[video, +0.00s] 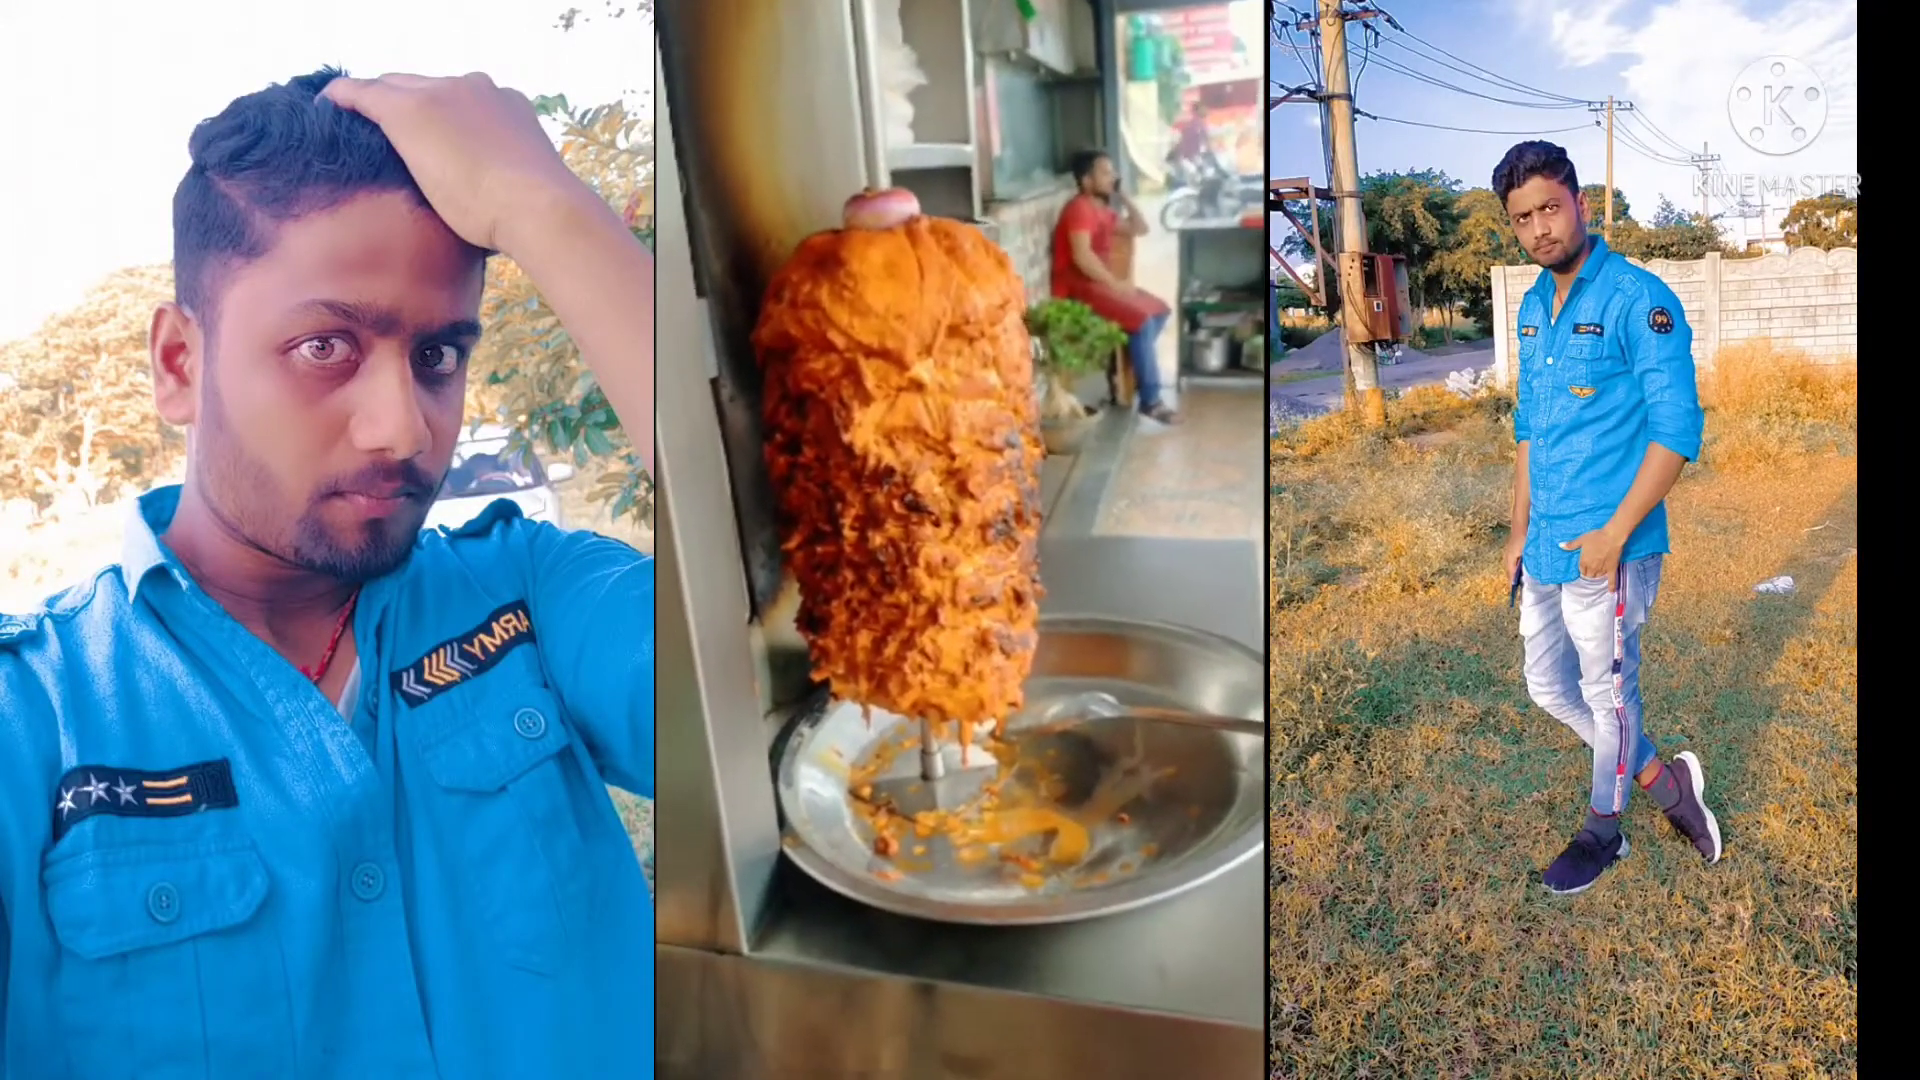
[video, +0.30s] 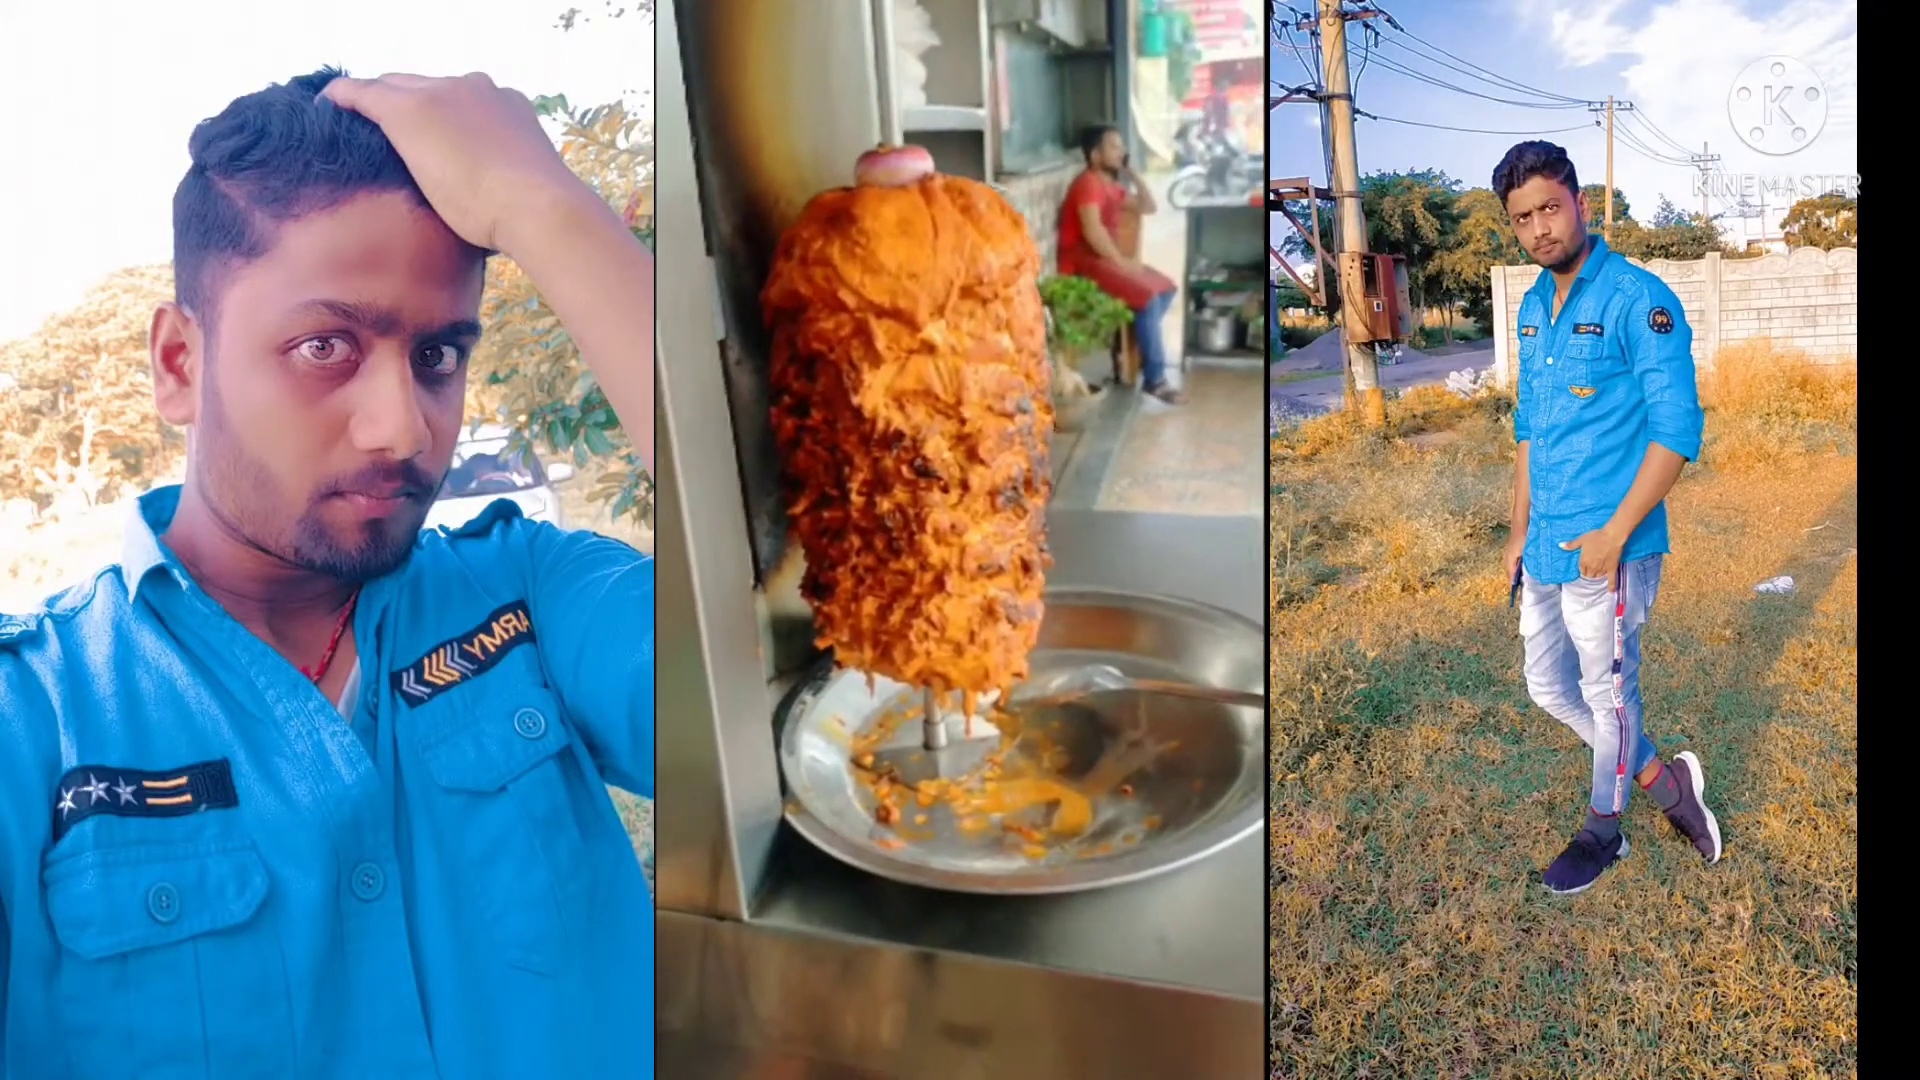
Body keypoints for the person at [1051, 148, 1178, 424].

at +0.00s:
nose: (1112, 178)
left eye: (1111, 172)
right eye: (1105, 173)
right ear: (1086, 180)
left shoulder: (1102, 210)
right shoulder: (1079, 208)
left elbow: (1139, 228)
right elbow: (1081, 256)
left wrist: (1123, 197)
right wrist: (1115, 283)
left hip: (1101, 282)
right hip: (1078, 287)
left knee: (1160, 311)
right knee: (1140, 321)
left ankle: (1120, 366)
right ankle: (1150, 401)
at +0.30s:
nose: (1121, 152)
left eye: (1121, 146)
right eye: (1114, 147)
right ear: (1095, 154)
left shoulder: (1111, 185)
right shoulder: (1088, 183)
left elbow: (1148, 207)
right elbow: (1092, 231)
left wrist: (1132, 175)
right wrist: (1122, 261)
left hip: (1109, 258)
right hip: (1085, 263)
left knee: (1167, 289)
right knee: (1146, 298)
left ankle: (1127, 347)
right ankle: (1155, 379)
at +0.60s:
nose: (1128, 162)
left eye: (1127, 155)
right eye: (1120, 156)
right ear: (1101, 164)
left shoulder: (1120, 195)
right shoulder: (1096, 192)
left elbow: (1156, 217)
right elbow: (1093, 237)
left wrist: (1141, 186)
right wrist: (1127, 268)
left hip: (1116, 267)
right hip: (1092, 271)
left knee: (1174, 300)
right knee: (1153, 309)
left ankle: (1132, 352)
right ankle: (1162, 389)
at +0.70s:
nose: (1105, 190)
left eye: (1106, 184)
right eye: (1099, 184)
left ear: (1105, 189)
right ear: (1079, 190)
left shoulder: (1099, 222)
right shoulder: (1074, 218)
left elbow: (1133, 243)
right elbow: (1071, 261)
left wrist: (1119, 212)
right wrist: (1105, 295)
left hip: (1093, 292)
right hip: (1069, 296)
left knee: (1151, 325)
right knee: (1132, 333)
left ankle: (1110, 377)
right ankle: (1139, 413)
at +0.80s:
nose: (1103, 181)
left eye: (1104, 175)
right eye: (1096, 175)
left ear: (1102, 180)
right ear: (1076, 182)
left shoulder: (1095, 212)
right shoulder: (1071, 209)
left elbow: (1132, 234)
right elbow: (1072, 254)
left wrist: (1116, 203)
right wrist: (1100, 287)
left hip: (1089, 283)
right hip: (1066, 287)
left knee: (1148, 317)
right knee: (1128, 324)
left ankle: (1106, 368)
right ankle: (1136, 405)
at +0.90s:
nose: (1104, 171)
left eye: (1105, 165)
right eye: (1097, 165)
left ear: (1105, 169)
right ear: (1078, 172)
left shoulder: (1097, 202)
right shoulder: (1073, 199)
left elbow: (1133, 224)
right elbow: (1077, 246)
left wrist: (1118, 192)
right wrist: (1102, 280)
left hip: (1093, 273)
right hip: (1068, 277)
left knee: (1150, 307)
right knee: (1130, 315)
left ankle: (1107, 359)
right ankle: (1137, 396)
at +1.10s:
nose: (1117, 171)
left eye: (1118, 164)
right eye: (1110, 164)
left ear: (1118, 168)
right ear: (1091, 169)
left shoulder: (1110, 202)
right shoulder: (1087, 198)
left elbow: (1147, 223)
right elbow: (1092, 244)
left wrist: (1131, 190)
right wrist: (1115, 279)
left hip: (1102, 274)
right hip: (1079, 277)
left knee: (1162, 306)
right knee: (1142, 313)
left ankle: (1119, 357)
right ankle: (1154, 393)